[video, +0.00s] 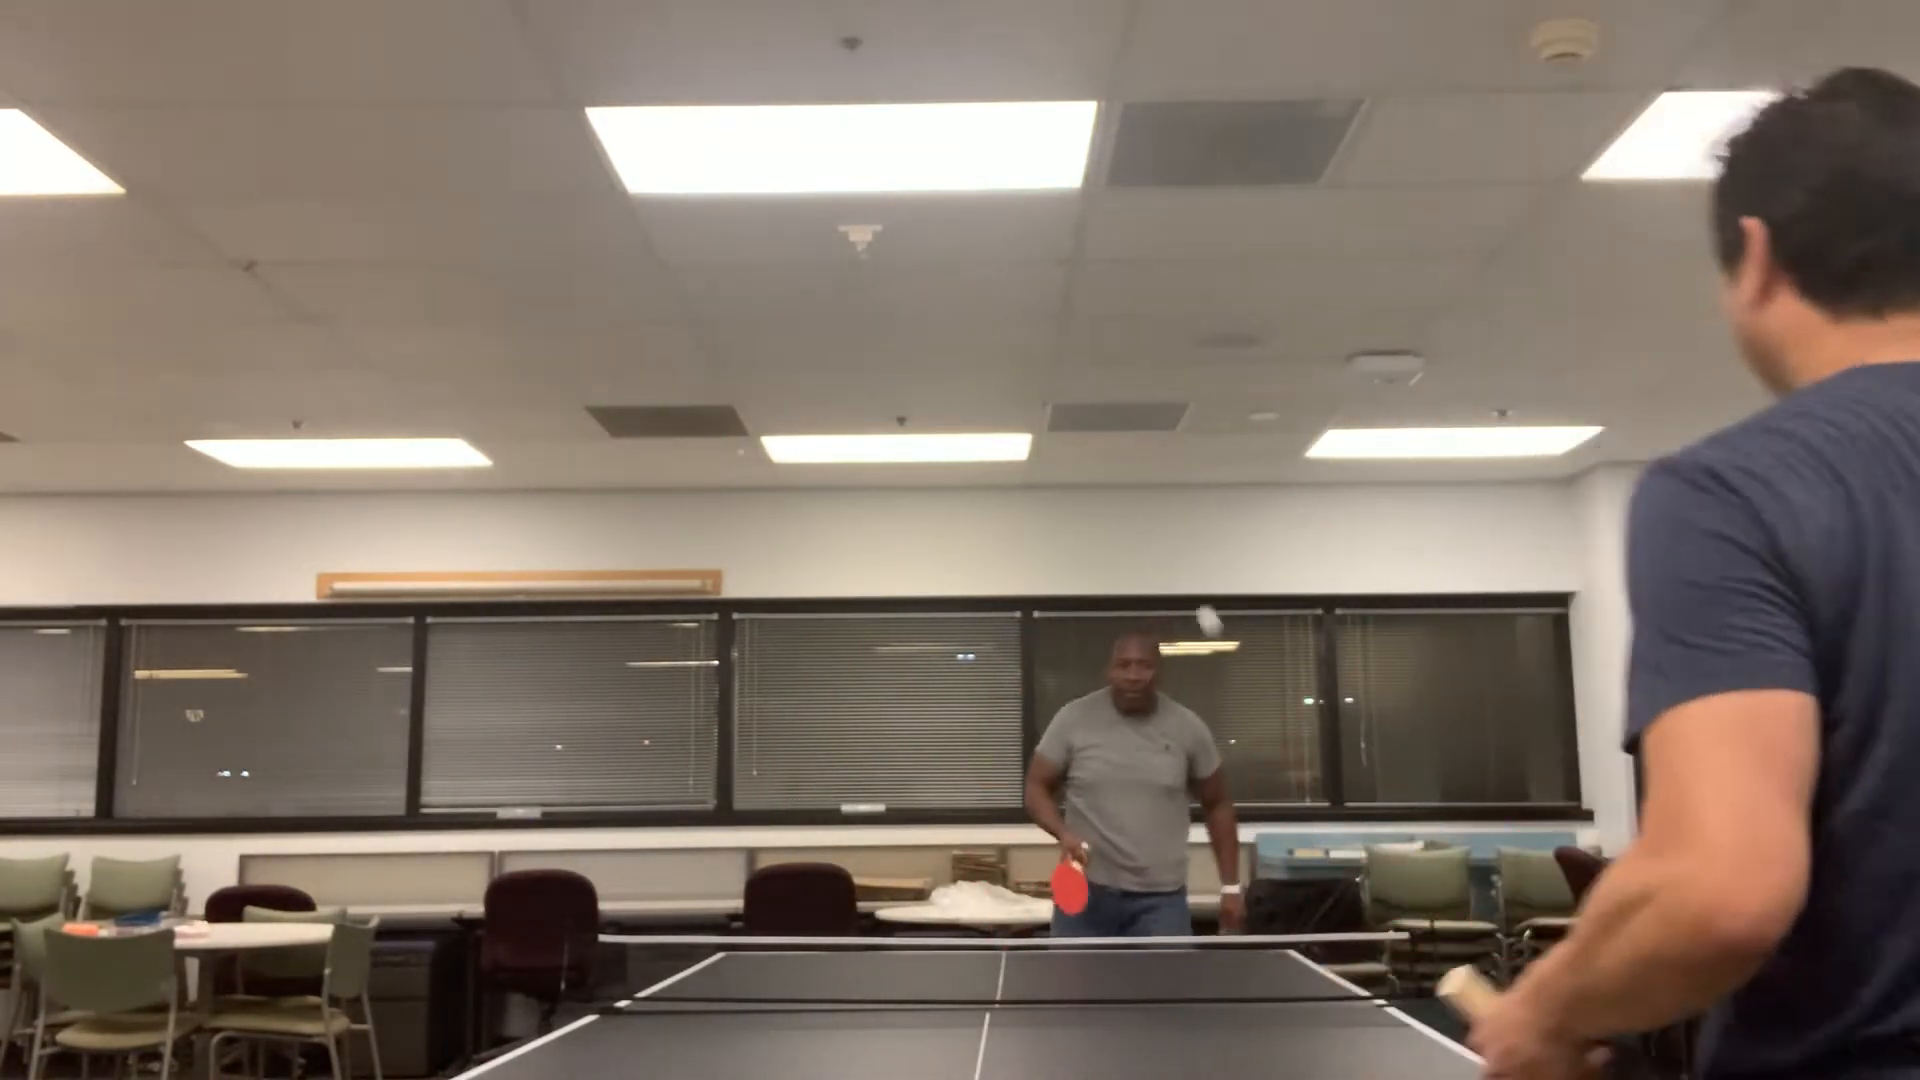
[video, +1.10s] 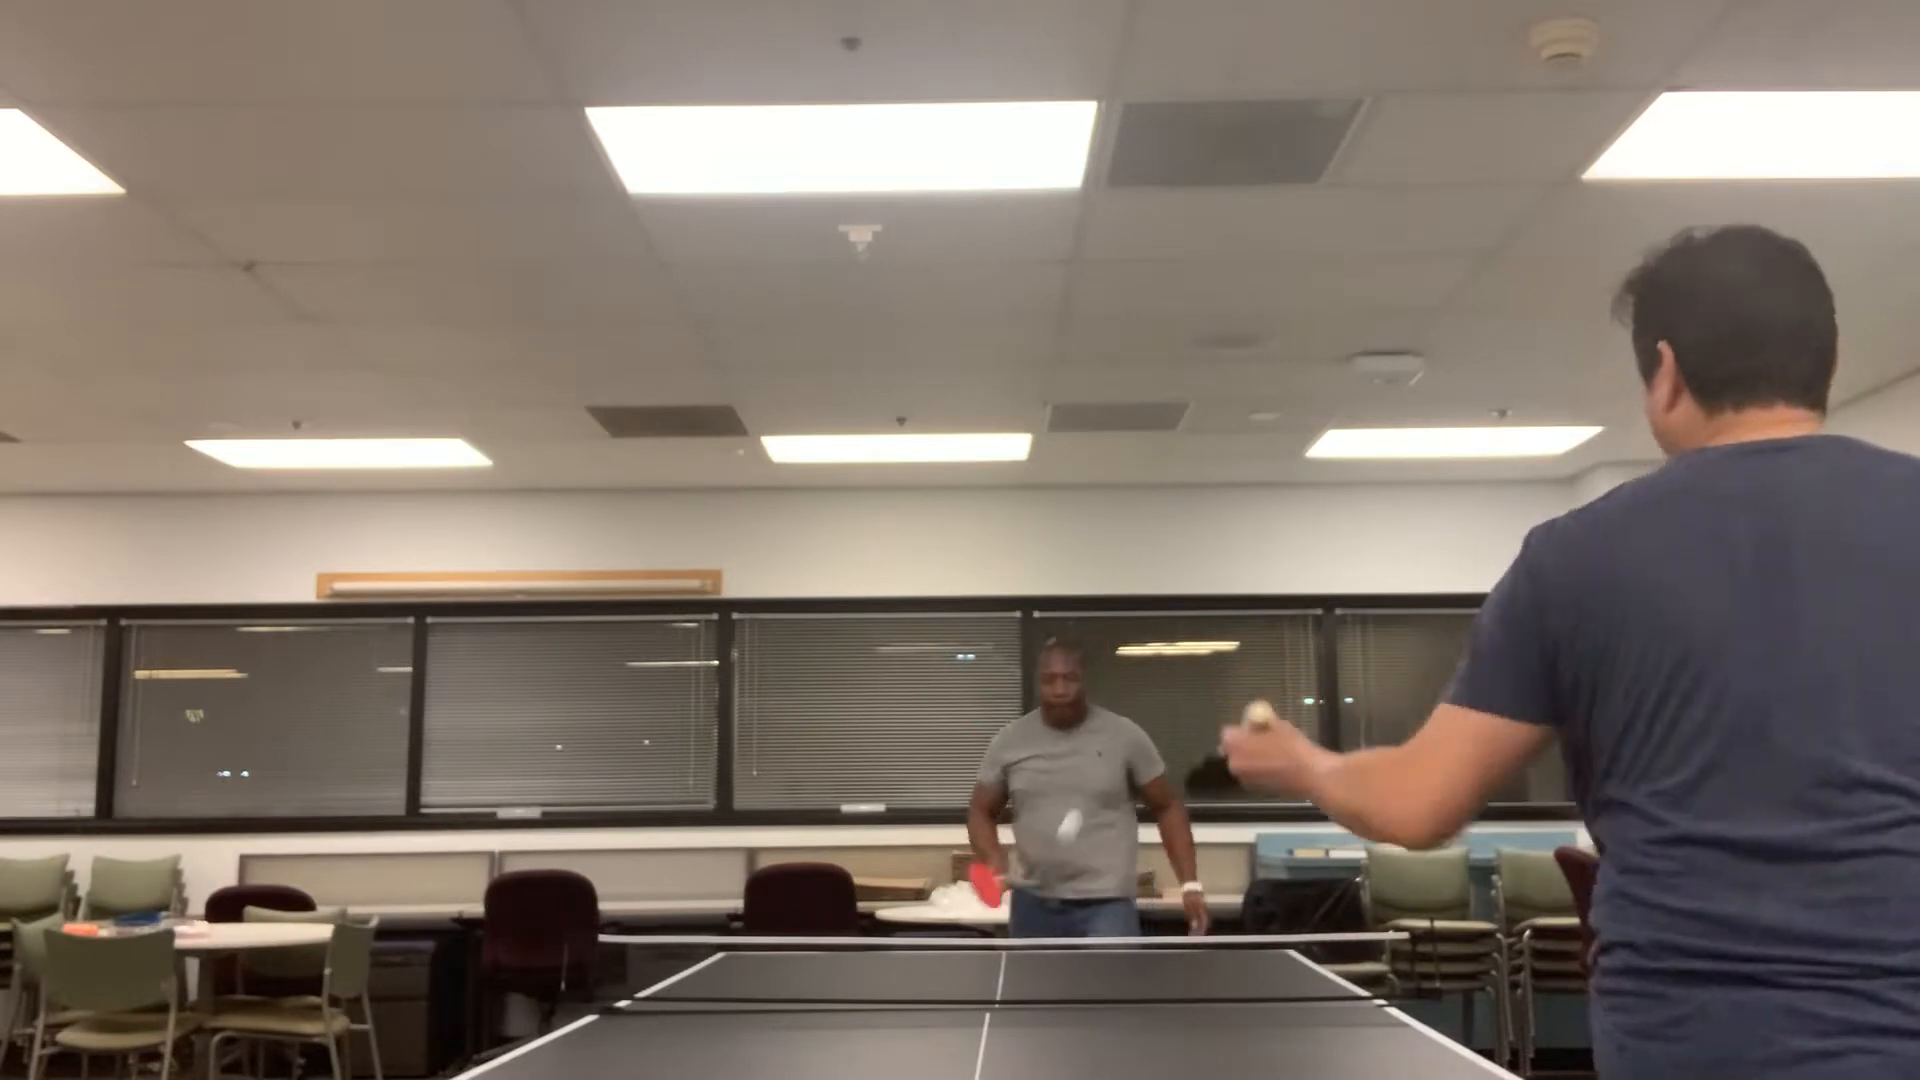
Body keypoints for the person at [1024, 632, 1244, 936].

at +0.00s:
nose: (1133, 675)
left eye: (1143, 665)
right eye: (1123, 665)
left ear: (1157, 671)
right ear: (1108, 671)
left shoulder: (1188, 728)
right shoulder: (1073, 720)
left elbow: (1218, 805)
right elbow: (1035, 788)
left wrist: (1231, 888)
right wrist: (1063, 834)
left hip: (1161, 899)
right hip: (1086, 896)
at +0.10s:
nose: (1113, 679)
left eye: (1123, 669)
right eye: (1103, 669)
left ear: (1136, 674)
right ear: (1089, 674)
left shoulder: (1165, 731)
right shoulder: (1053, 724)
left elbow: (1189, 808)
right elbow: (1015, 795)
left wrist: (1199, 891)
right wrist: (1051, 841)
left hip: (1144, 899)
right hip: (1070, 898)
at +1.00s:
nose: (1074, 676)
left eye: (1084, 665)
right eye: (1064, 665)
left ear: (1098, 667)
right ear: (1052, 669)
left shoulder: (1134, 721)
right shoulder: (1023, 726)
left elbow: (1179, 790)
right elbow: (989, 796)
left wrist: (1195, 865)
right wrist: (1011, 850)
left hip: (1118, 897)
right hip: (1044, 897)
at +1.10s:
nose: (1059, 689)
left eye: (1069, 679)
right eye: (1050, 680)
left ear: (1084, 681)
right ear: (1037, 683)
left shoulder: (1124, 736)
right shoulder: (1011, 740)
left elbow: (1167, 807)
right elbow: (980, 813)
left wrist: (1190, 886)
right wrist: (995, 866)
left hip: (1106, 904)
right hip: (1034, 904)